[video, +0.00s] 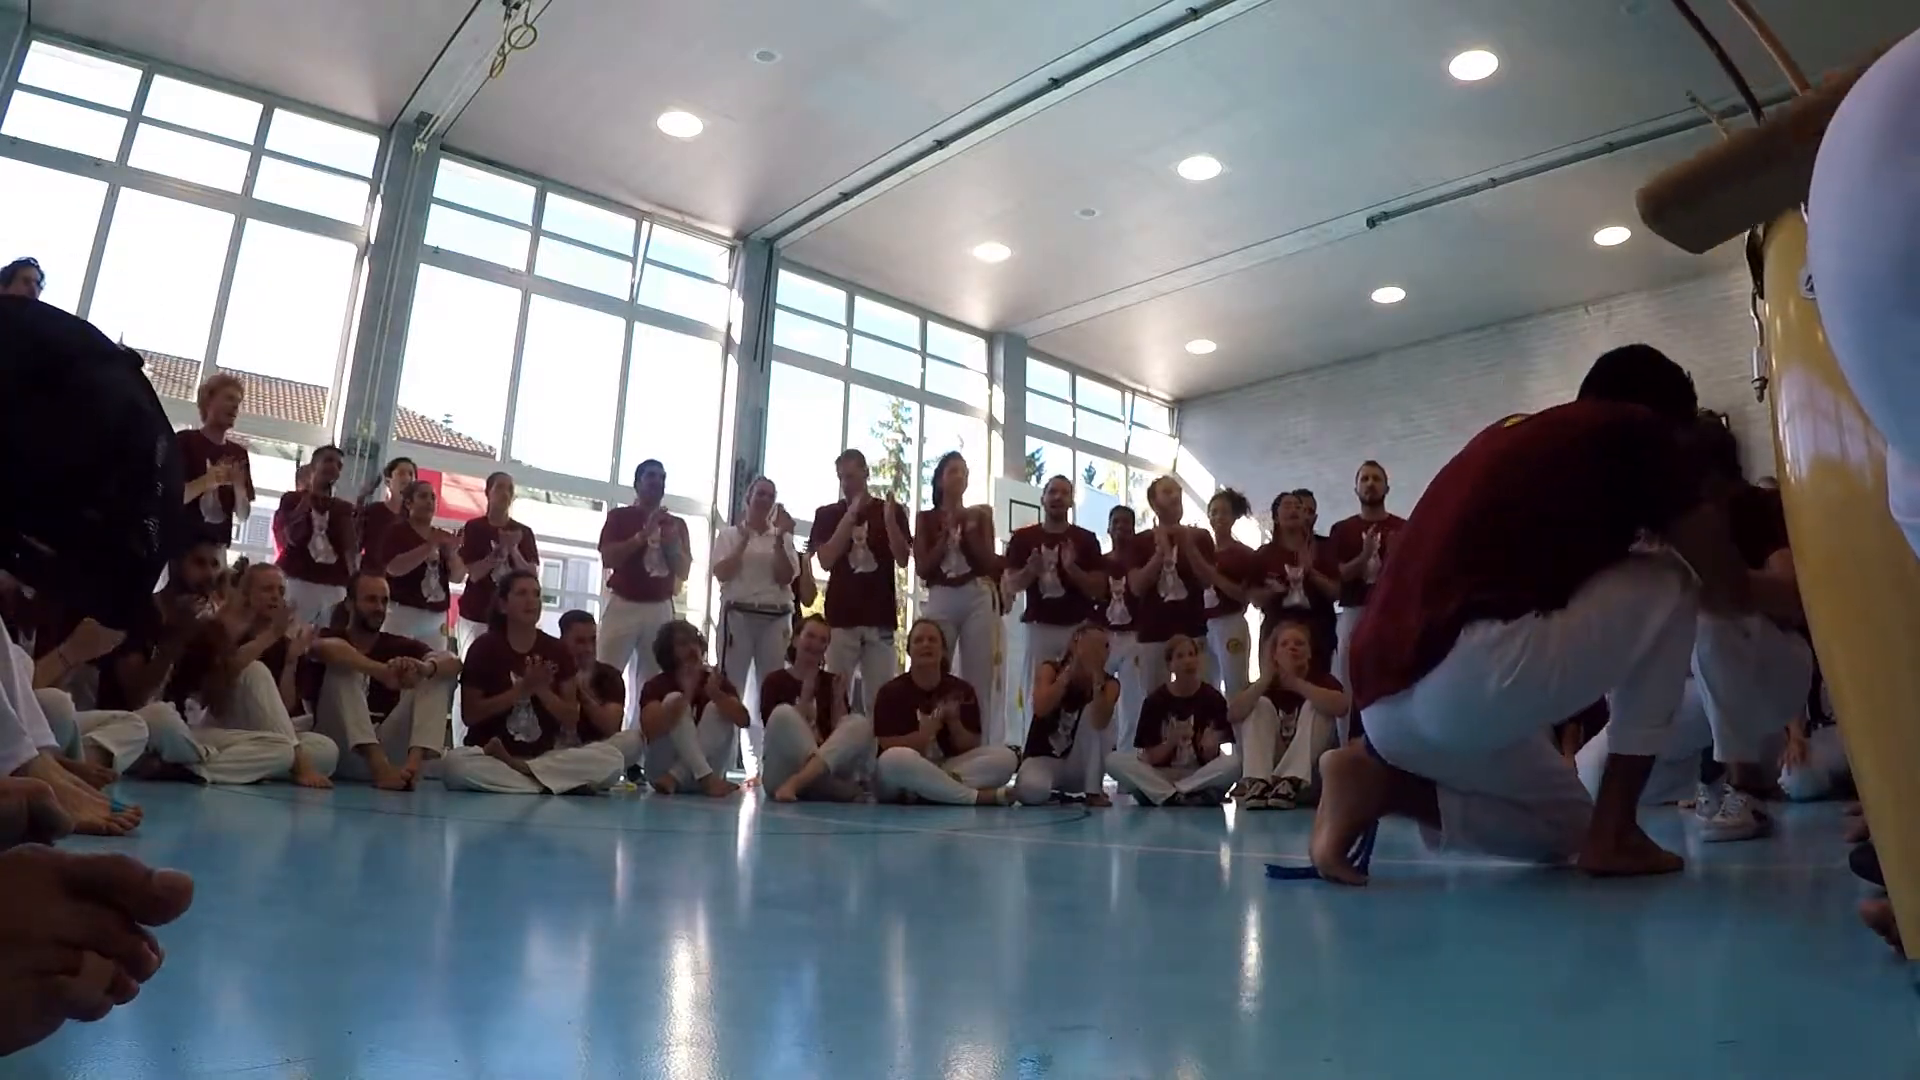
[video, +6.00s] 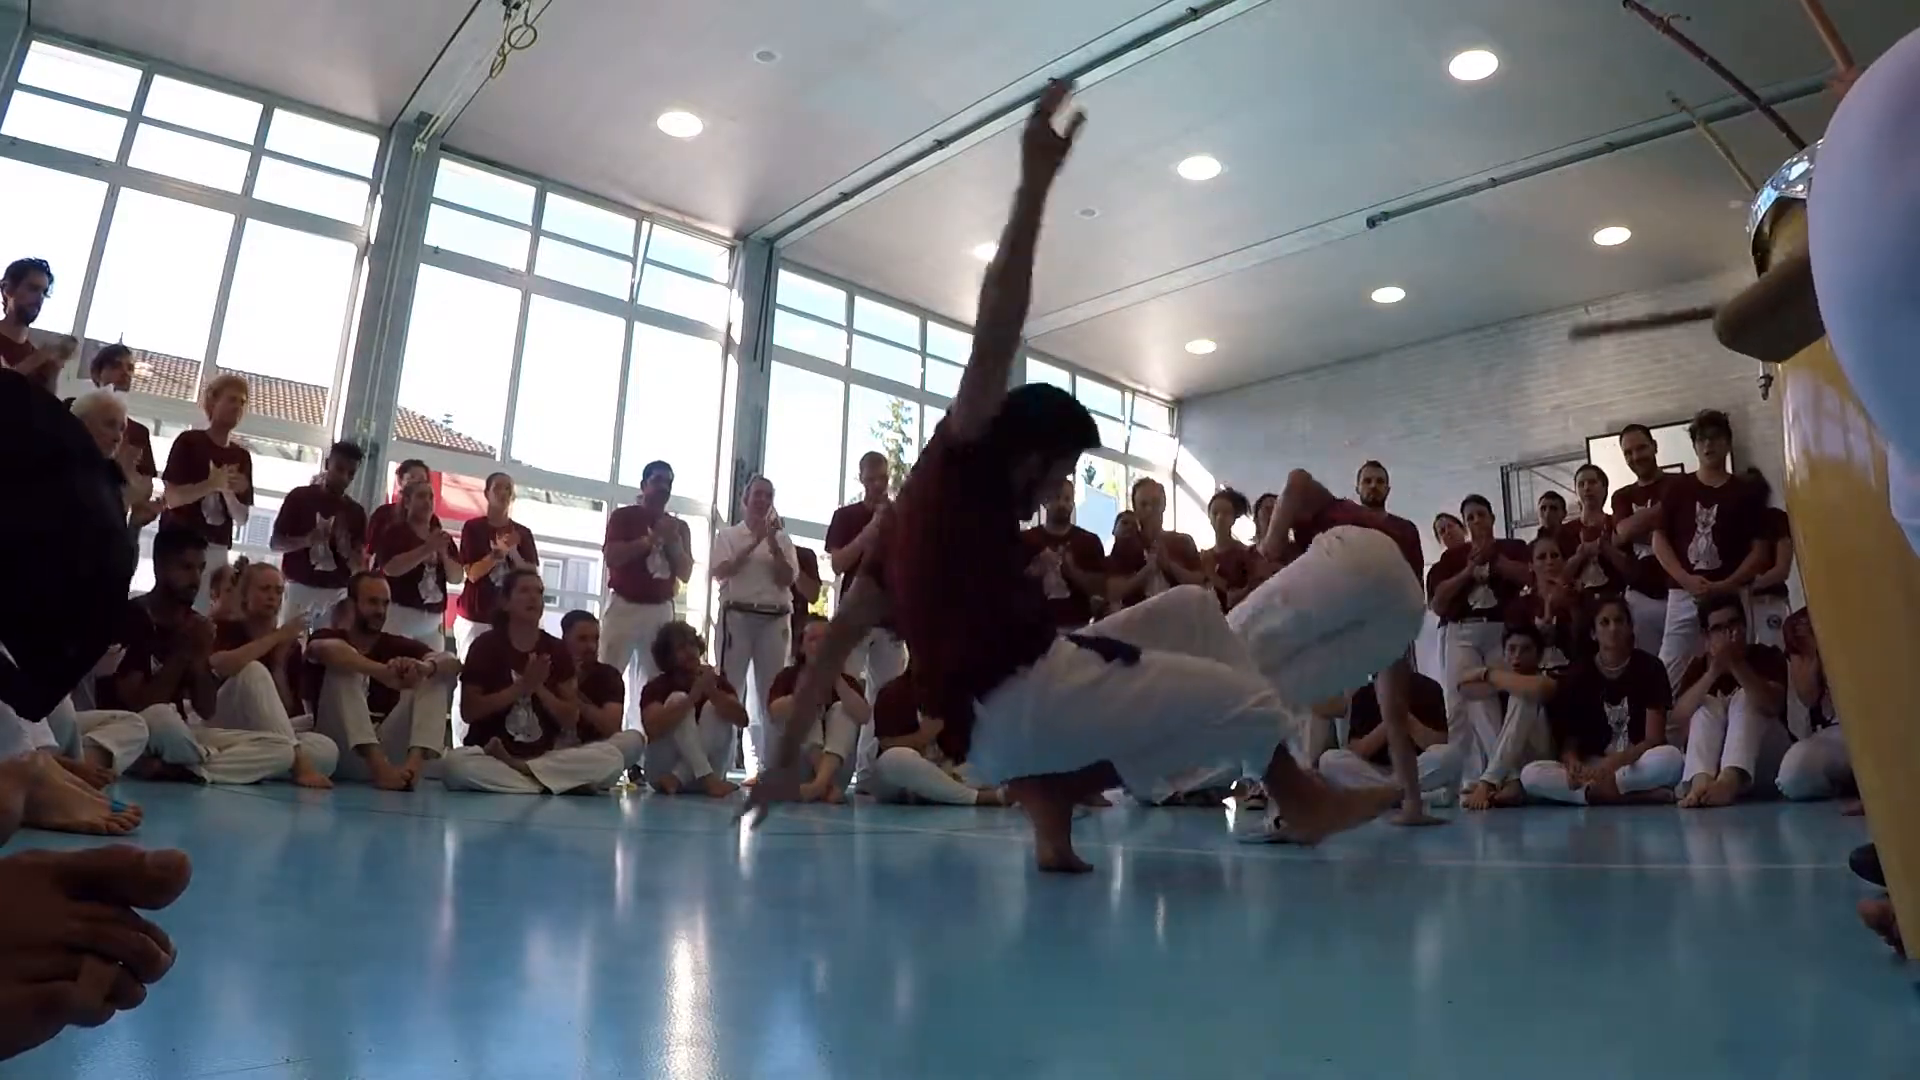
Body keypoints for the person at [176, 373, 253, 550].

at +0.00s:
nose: (236, 407)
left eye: (238, 402)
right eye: (229, 399)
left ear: (240, 407)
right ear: (207, 402)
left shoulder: (238, 454)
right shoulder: (183, 442)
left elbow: (243, 514)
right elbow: (169, 500)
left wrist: (238, 484)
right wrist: (207, 481)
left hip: (217, 548)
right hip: (179, 544)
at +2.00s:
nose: (227, 403)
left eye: (232, 399)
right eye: (221, 396)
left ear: (237, 409)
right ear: (202, 403)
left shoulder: (237, 455)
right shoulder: (183, 442)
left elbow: (241, 517)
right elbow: (167, 499)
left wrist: (236, 486)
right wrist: (208, 483)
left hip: (216, 549)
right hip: (180, 545)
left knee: (208, 620)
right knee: (170, 616)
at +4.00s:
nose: (232, 405)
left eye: (236, 400)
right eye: (225, 398)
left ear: (239, 409)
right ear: (206, 402)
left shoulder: (238, 454)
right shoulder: (184, 441)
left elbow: (243, 515)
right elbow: (169, 497)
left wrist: (245, 478)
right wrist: (207, 470)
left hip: (216, 547)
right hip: (179, 543)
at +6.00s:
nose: (238, 407)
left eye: (242, 402)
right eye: (231, 399)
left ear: (245, 409)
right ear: (210, 403)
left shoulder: (241, 456)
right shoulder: (188, 441)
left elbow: (242, 517)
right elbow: (172, 499)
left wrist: (230, 494)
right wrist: (211, 485)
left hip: (217, 548)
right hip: (179, 544)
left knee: (205, 618)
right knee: (171, 612)